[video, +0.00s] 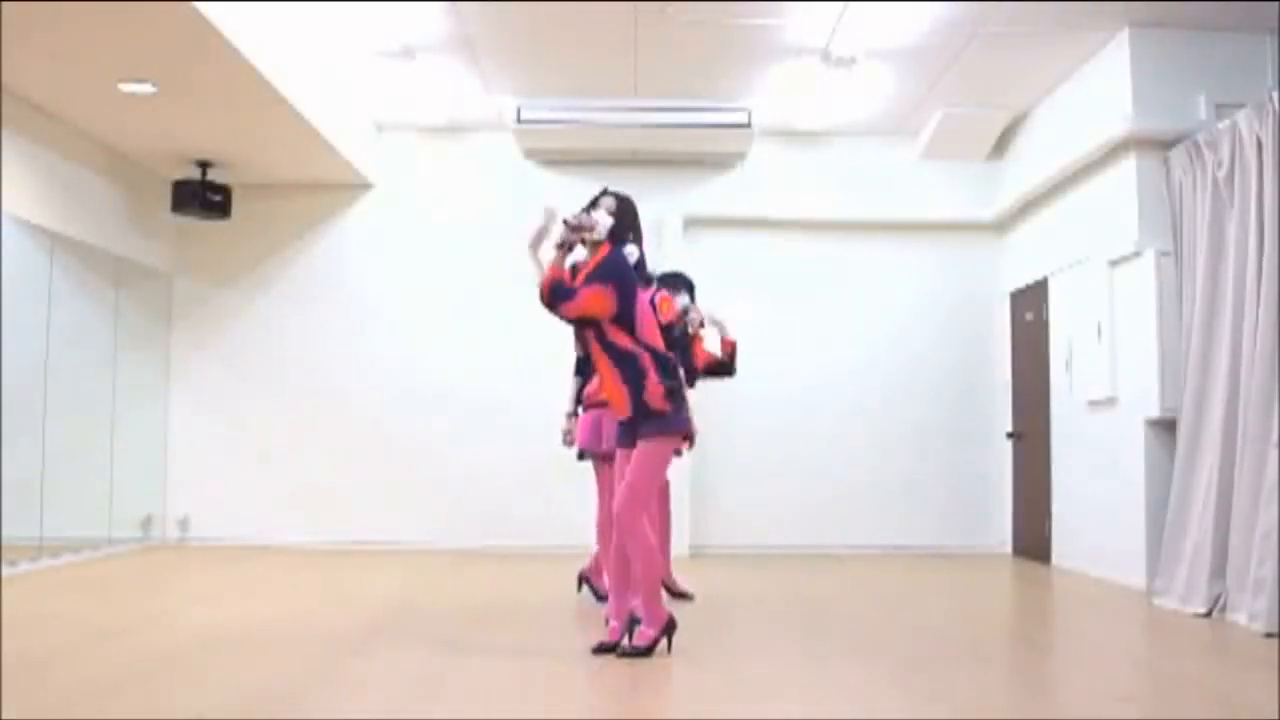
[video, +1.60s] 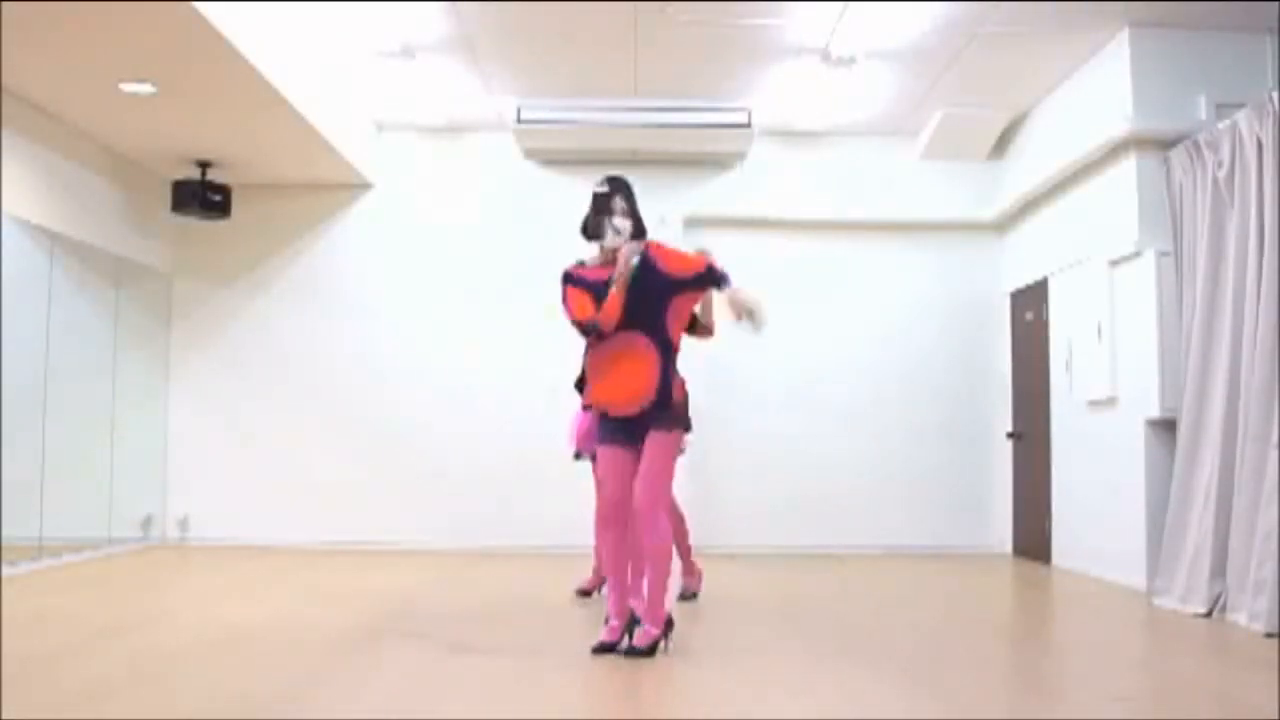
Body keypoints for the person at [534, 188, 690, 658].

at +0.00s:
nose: (582, 221)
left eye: (593, 212)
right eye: (586, 212)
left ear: (610, 221)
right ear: (614, 224)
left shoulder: (616, 267)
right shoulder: (599, 269)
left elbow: (566, 302)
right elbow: (558, 298)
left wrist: (552, 257)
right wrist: (558, 254)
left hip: (660, 412)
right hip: (634, 412)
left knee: (629, 508)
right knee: (620, 511)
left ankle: (653, 616)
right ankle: (622, 616)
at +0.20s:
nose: (567, 250)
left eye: (578, 244)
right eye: (572, 242)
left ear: (591, 256)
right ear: (585, 258)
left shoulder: (601, 301)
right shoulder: (581, 299)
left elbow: (556, 344)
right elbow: (541, 332)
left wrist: (509, 310)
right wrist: (541, 285)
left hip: (673, 422)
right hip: (651, 423)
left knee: (625, 512)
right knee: (621, 515)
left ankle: (655, 616)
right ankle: (627, 613)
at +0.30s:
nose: (557, 274)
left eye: (566, 267)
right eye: (561, 265)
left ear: (579, 276)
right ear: (584, 275)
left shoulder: (594, 317)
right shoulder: (576, 316)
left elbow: (547, 364)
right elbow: (542, 359)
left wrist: (502, 342)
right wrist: (527, 320)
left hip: (682, 430)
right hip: (657, 432)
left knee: (625, 512)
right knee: (618, 517)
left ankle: (656, 618)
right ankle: (624, 618)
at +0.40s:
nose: (560, 279)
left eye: (570, 272)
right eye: (561, 270)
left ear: (586, 282)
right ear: (559, 276)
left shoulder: (596, 322)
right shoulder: (577, 325)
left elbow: (561, 383)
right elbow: (559, 378)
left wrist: (513, 357)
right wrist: (522, 356)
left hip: (683, 431)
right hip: (656, 432)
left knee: (625, 512)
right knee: (613, 518)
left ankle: (655, 617)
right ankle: (622, 616)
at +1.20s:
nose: (554, 288)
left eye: (565, 282)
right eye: (554, 279)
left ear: (582, 289)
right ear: (553, 280)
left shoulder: (593, 329)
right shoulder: (584, 329)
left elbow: (557, 388)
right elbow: (562, 385)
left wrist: (510, 354)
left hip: (683, 429)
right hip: (666, 429)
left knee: (624, 512)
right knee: (619, 519)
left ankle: (656, 616)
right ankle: (623, 616)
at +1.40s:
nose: (578, 259)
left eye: (589, 251)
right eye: (576, 249)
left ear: (608, 258)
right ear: (572, 252)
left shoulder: (612, 296)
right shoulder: (591, 300)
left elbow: (620, 369)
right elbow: (581, 354)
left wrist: (579, 403)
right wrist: (570, 387)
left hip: (670, 419)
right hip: (646, 418)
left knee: (622, 511)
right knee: (617, 517)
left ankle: (655, 615)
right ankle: (620, 612)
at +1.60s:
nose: (618, 229)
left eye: (626, 221)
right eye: (608, 221)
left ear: (636, 224)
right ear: (593, 227)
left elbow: (706, 272)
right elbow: (601, 324)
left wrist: (732, 293)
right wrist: (621, 275)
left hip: (663, 401)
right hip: (611, 403)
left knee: (648, 501)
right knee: (610, 506)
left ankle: (654, 615)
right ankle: (619, 613)